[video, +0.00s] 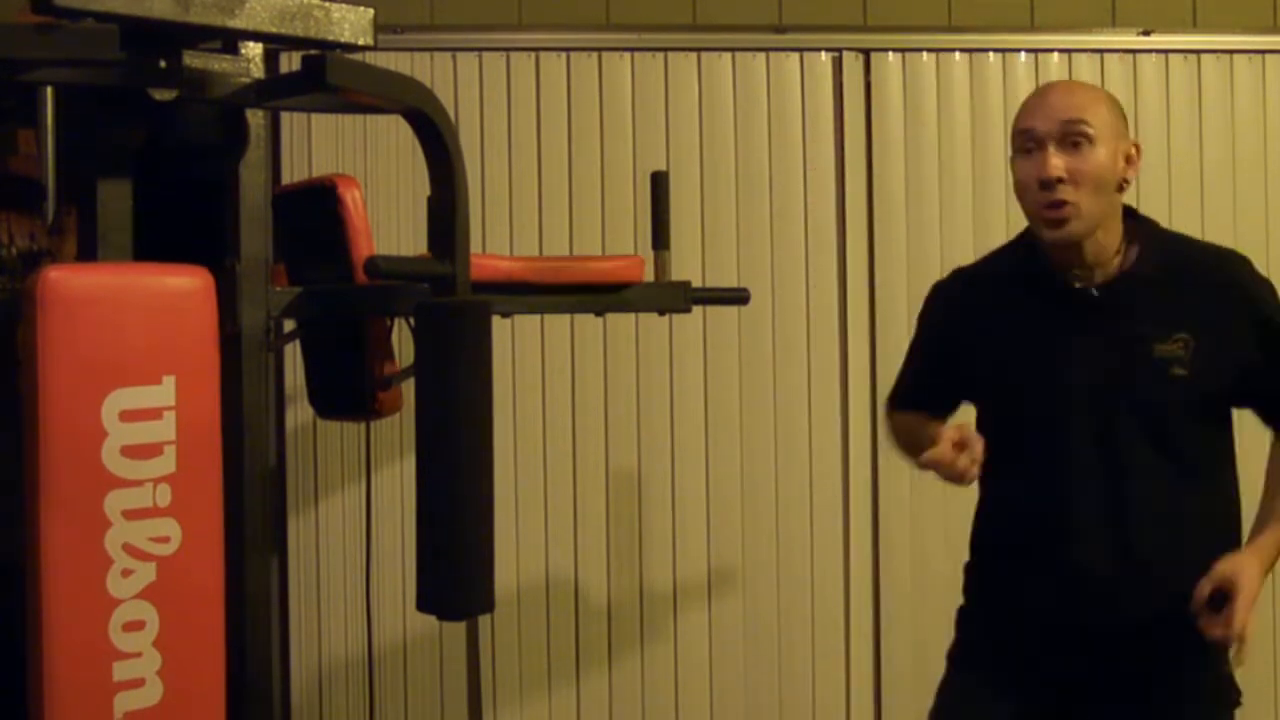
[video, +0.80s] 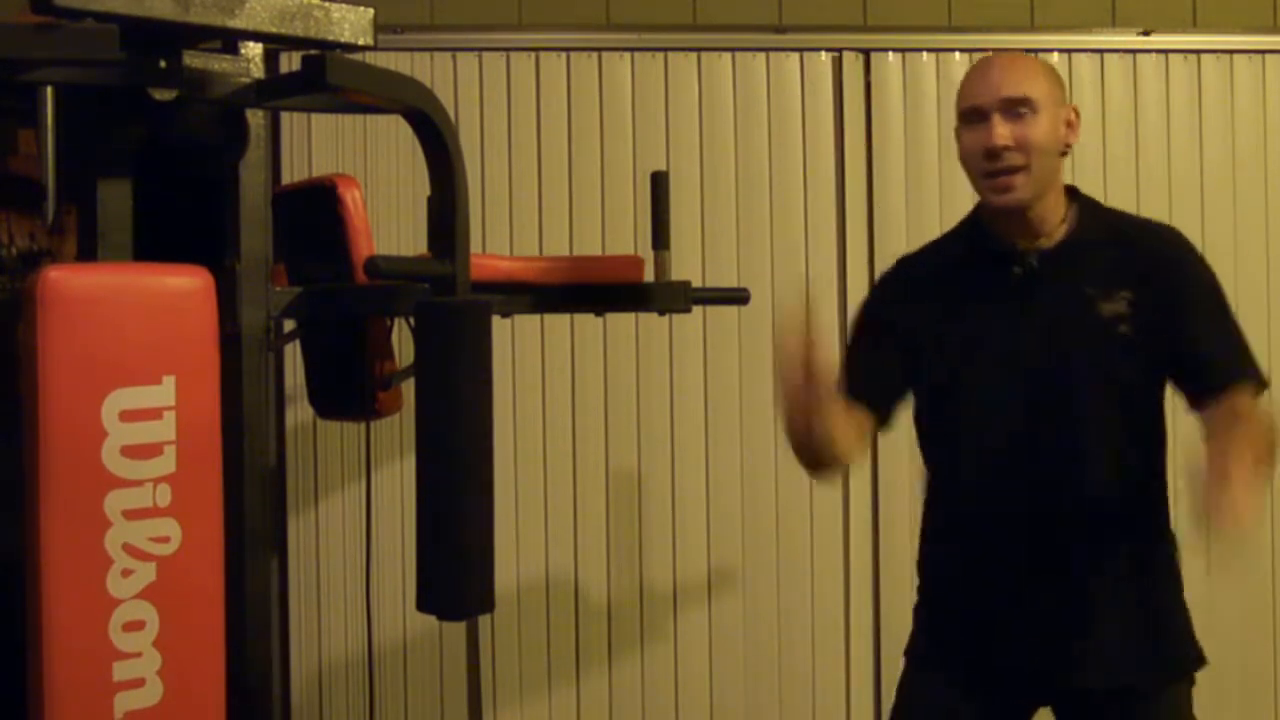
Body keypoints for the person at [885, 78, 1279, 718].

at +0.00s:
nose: (1049, 168)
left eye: (1075, 142)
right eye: (1029, 148)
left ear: (1128, 162)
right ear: (1011, 170)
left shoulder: (1218, 289)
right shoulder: (968, 302)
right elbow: (907, 409)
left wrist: (1259, 553)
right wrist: (938, 446)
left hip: (1170, 660)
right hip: (1010, 655)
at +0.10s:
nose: (1033, 151)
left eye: (1060, 125)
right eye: (1013, 130)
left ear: (1113, 143)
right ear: (998, 151)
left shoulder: (1201, 275)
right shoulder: (956, 287)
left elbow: (1273, 407)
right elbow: (918, 384)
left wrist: (1263, 557)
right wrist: (934, 454)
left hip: (1158, 640)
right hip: (999, 639)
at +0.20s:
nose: (1011, 153)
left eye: (1036, 126)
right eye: (991, 129)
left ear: (1088, 135)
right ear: (974, 141)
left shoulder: (1167, 270)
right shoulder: (933, 284)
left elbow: (1223, 453)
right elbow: (893, 433)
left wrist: (1212, 626)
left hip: (1129, 635)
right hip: (975, 629)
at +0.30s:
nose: (978, 146)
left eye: (1004, 119)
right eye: (960, 124)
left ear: (1057, 136)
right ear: (944, 143)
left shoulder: (1136, 271)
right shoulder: (906, 293)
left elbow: (1191, 450)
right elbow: (857, 467)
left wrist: (1168, 576)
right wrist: (870, 538)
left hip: (1101, 639)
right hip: (952, 637)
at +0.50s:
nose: (948, 154)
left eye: (974, 126)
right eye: (930, 131)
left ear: (1028, 141)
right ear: (916, 148)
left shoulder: (1103, 248)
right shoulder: (903, 274)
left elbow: (1188, 363)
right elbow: (812, 398)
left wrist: (1139, 241)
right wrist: (844, 264)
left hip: (1086, 624)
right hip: (938, 626)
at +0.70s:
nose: (978, 131)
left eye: (1001, 107)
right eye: (958, 113)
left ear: (1052, 125)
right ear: (941, 136)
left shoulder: (1132, 245)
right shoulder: (914, 272)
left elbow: (1247, 356)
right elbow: (800, 370)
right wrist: (804, 228)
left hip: (1112, 633)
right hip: (958, 635)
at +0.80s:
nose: (996, 138)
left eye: (1017, 113)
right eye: (975, 120)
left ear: (1068, 127)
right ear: (956, 141)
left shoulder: (1151, 262)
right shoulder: (918, 285)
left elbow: (1233, 405)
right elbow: (834, 449)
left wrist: (1233, 469)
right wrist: (810, 412)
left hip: (1121, 629)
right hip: (966, 632)